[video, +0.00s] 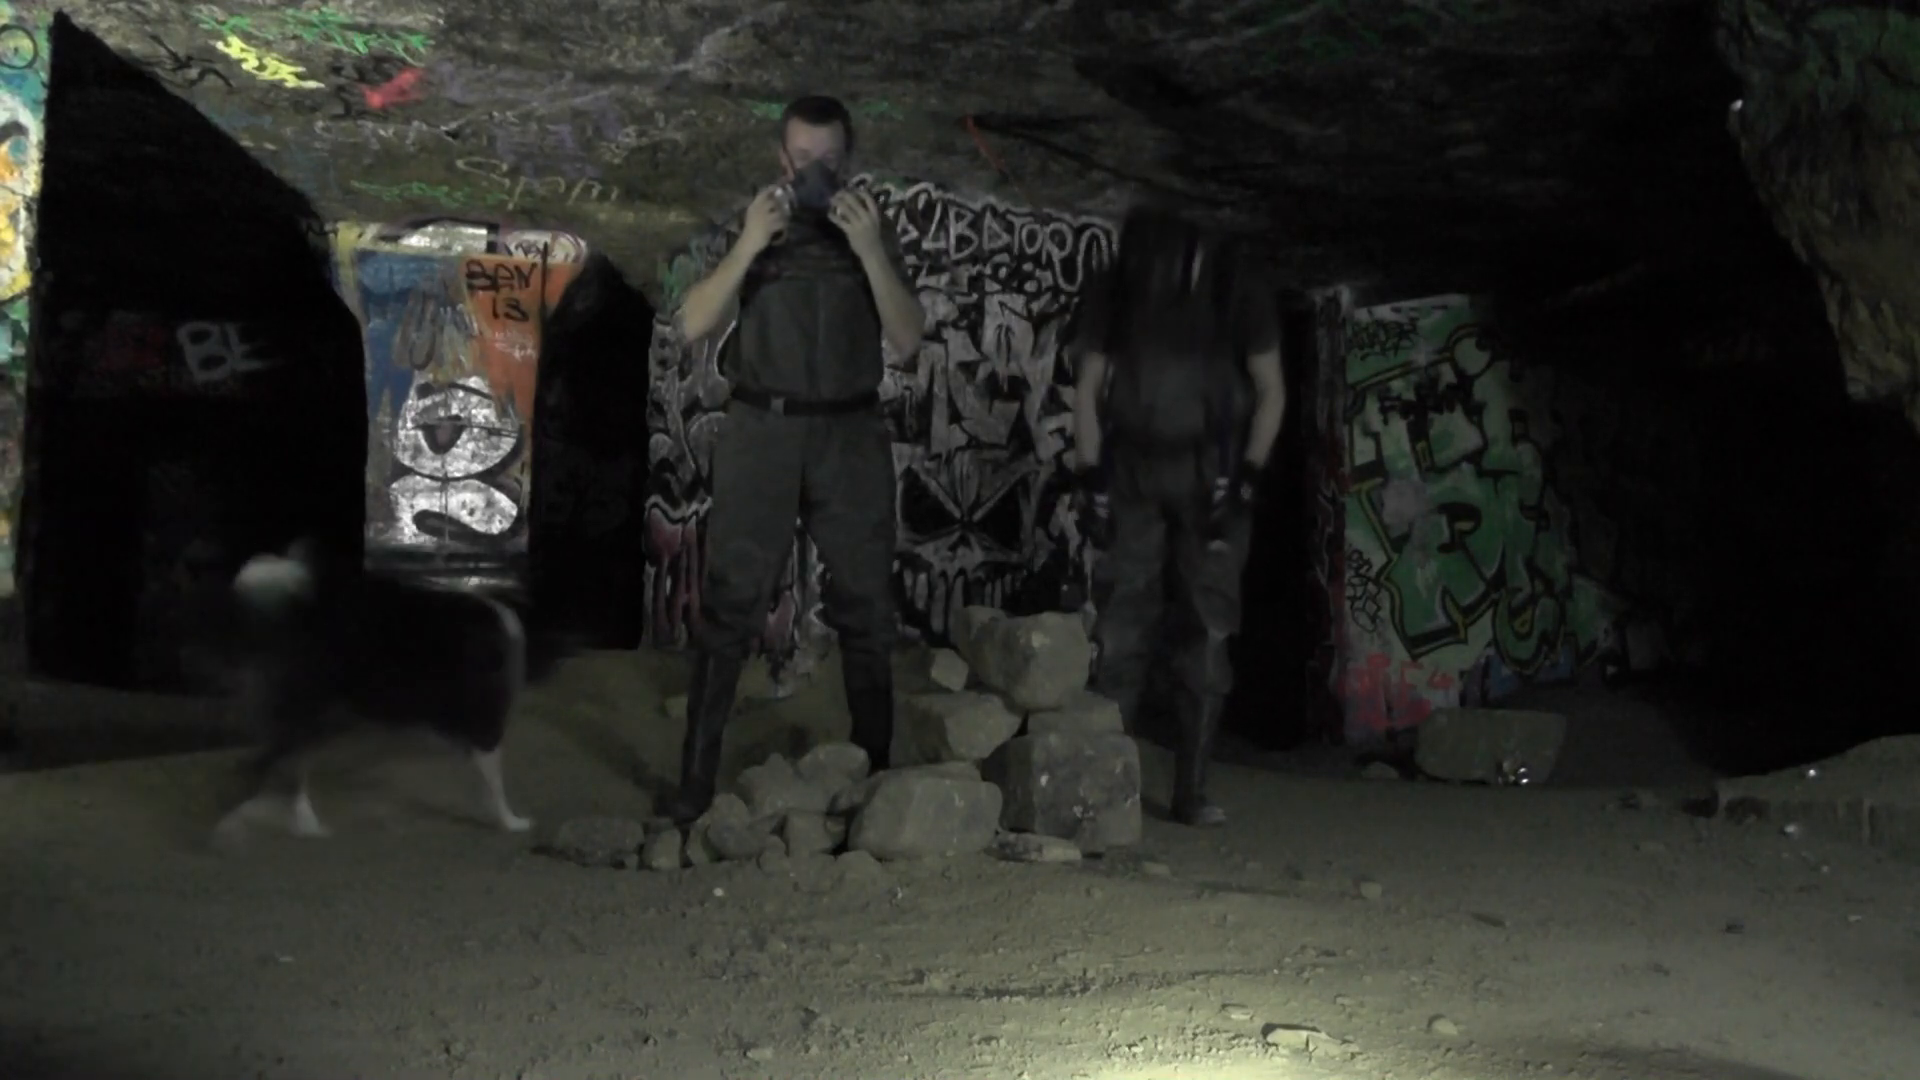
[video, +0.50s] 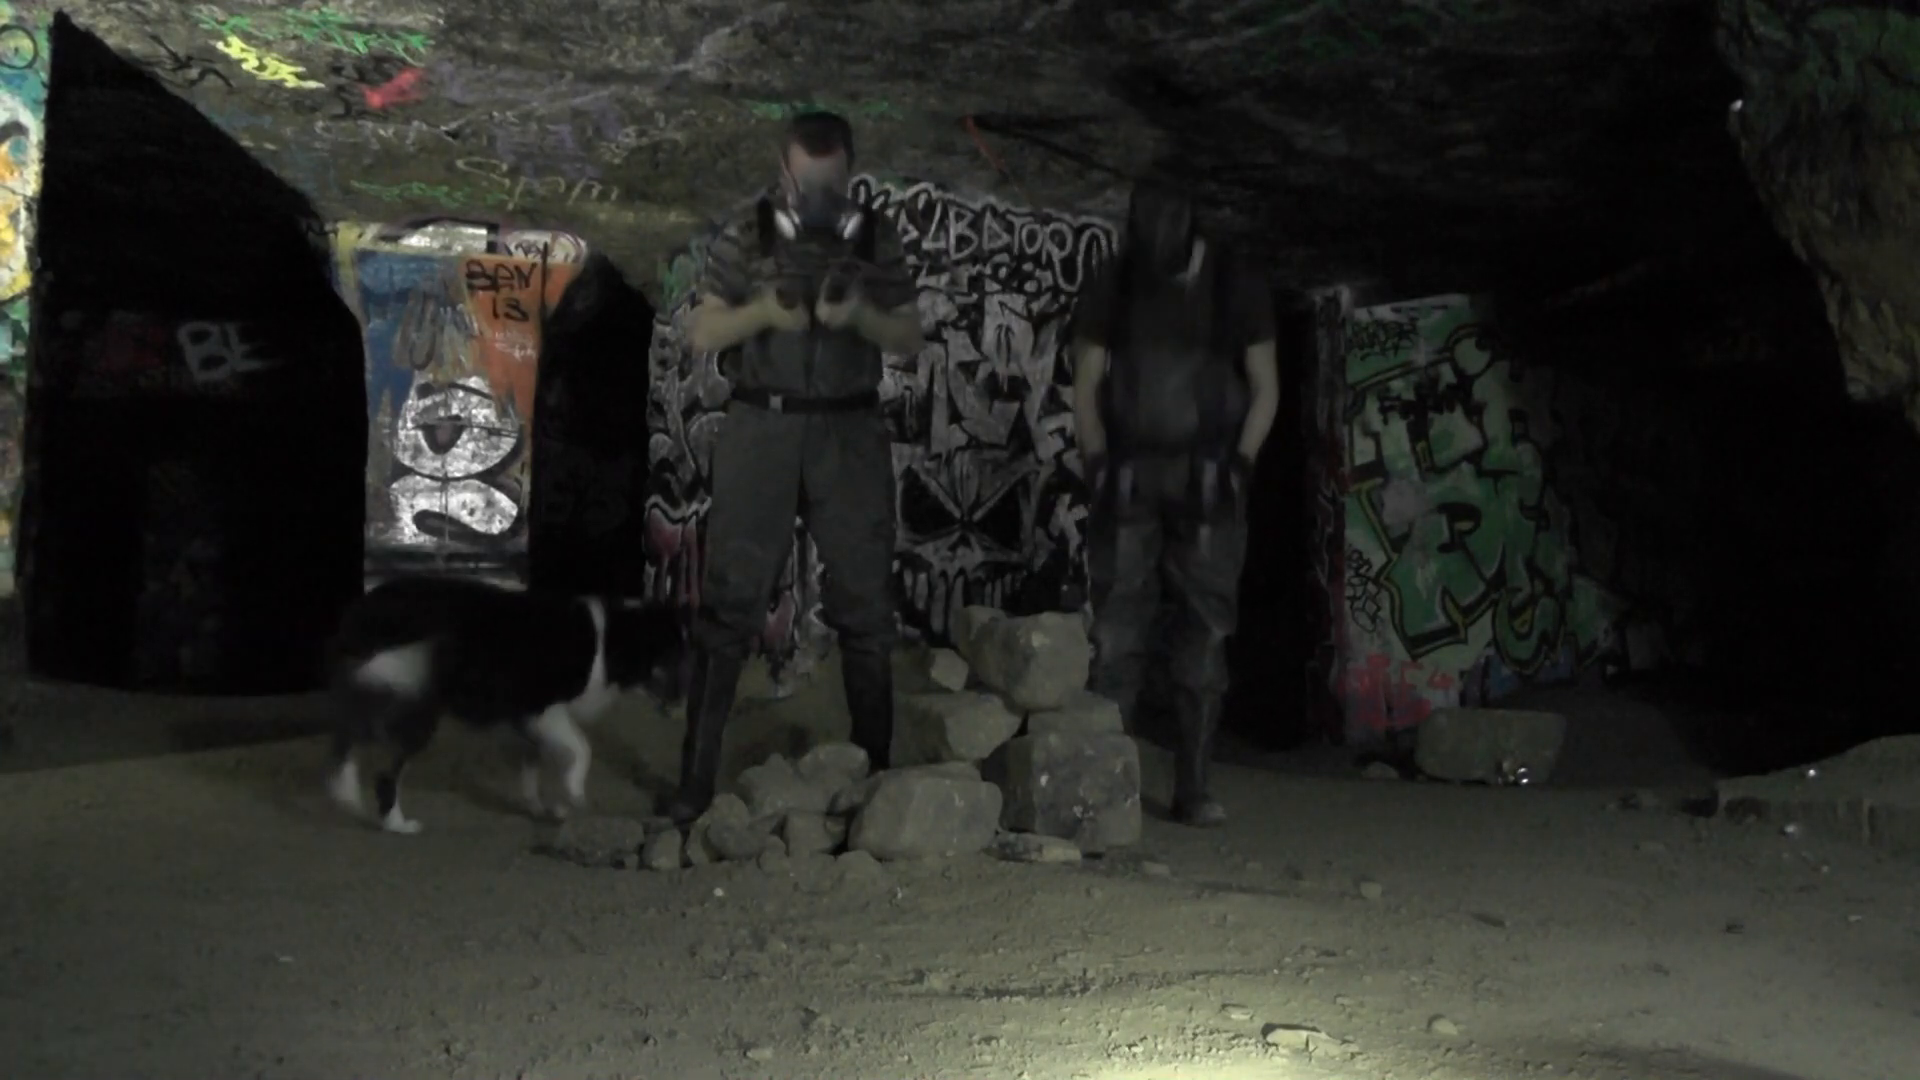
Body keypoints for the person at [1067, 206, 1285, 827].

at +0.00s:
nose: (1169, 260)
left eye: (1183, 247)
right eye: (1157, 247)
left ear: (1207, 242)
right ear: (1140, 242)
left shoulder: (1241, 293)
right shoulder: (1119, 287)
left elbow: (1271, 391)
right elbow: (1086, 389)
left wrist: (1248, 475)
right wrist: (1091, 475)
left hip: (1213, 491)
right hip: (1130, 489)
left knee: (1207, 636)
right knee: (1121, 633)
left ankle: (1191, 788)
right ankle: (1105, 785)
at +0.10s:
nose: (1164, 284)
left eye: (1176, 268)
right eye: (1153, 267)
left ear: (1200, 261)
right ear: (1136, 260)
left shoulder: (1237, 307)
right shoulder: (1115, 302)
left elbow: (1266, 399)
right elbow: (1086, 395)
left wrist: (1241, 480)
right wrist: (1092, 480)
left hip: (1211, 503)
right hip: (1131, 500)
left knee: (1206, 640)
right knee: (1121, 638)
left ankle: (1192, 789)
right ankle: (1105, 786)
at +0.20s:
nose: (1157, 329)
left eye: (1169, 316)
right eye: (1145, 316)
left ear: (1194, 293)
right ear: (1130, 297)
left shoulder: (1232, 320)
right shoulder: (1106, 316)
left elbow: (1263, 405)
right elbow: (1086, 409)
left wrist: (1239, 487)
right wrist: (1099, 493)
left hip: (1209, 511)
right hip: (1128, 509)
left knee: (1203, 643)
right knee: (1119, 642)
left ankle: (1193, 788)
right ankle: (1104, 786)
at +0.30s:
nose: (1160, 315)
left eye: (1173, 299)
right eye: (1148, 300)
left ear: (1196, 282)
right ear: (1133, 285)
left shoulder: (1233, 319)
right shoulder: (1108, 315)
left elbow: (1262, 406)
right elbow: (1085, 411)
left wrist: (1238, 489)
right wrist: (1102, 495)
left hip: (1209, 514)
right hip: (1128, 511)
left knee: (1203, 646)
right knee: (1118, 645)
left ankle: (1193, 786)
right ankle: (1104, 786)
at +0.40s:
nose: (1164, 275)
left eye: (1176, 263)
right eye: (1154, 261)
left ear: (1202, 256)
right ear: (1138, 253)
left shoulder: (1237, 303)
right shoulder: (1115, 300)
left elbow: (1263, 399)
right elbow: (1085, 401)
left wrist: (1238, 482)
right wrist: (1103, 478)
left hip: (1210, 504)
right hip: (1128, 500)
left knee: (1204, 645)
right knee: (1118, 643)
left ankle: (1193, 786)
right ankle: (1103, 786)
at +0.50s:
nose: (1160, 226)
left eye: (1172, 213)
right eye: (1151, 212)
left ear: (1194, 215)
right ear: (1138, 216)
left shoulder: (1236, 283)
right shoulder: (1114, 283)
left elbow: (1265, 388)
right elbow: (1085, 389)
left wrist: (1236, 469)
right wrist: (1102, 469)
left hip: (1210, 489)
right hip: (1127, 487)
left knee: (1205, 637)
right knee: (1117, 638)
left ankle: (1193, 787)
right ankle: (1104, 787)